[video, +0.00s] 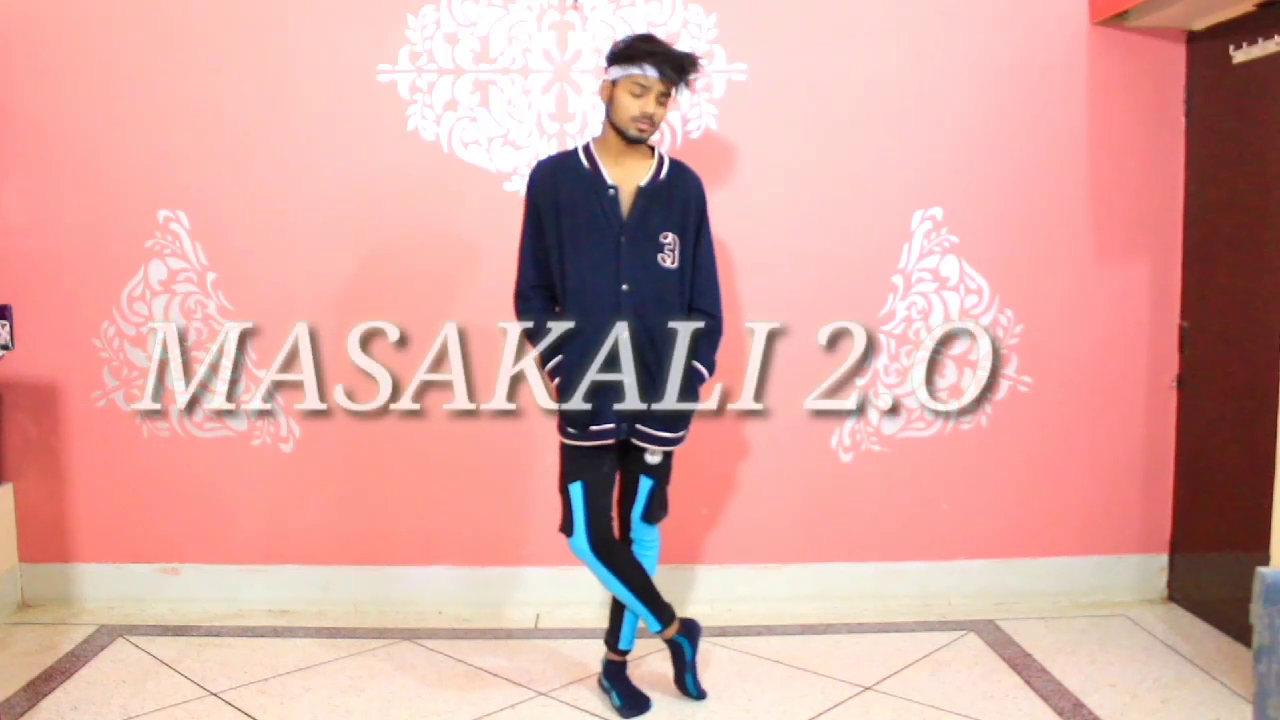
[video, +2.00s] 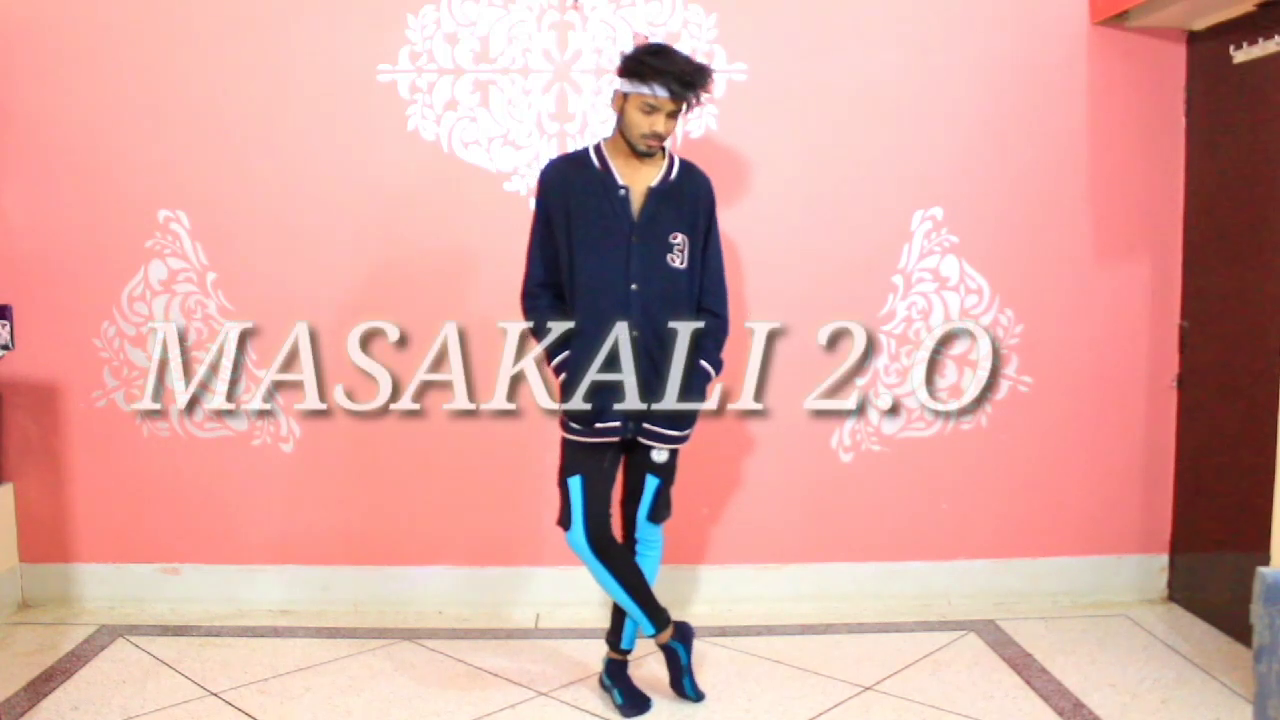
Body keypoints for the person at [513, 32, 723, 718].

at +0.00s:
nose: (651, 108)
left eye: (662, 98)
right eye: (638, 92)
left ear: (671, 105)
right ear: (607, 91)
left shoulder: (682, 184)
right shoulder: (555, 177)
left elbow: (704, 291)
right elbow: (532, 289)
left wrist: (699, 370)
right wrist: (557, 361)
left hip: (664, 384)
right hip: (587, 383)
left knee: (642, 525)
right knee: (587, 533)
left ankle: (616, 661)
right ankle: (675, 630)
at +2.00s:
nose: (662, 126)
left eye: (673, 113)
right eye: (650, 110)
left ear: (682, 115)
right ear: (619, 103)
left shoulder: (692, 186)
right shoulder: (565, 177)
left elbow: (712, 296)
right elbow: (540, 290)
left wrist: (703, 368)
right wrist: (566, 358)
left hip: (670, 388)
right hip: (593, 385)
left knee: (645, 526)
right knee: (583, 529)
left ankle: (617, 662)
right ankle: (669, 634)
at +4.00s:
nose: (590, 84)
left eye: (603, 75)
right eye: (576, 77)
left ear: (625, 91)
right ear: (560, 99)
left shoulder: (658, 170)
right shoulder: (536, 184)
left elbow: (657, 278)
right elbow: (538, 291)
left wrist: (601, 351)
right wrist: (600, 366)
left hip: (644, 369)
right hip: (572, 371)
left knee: (634, 513)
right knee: (564, 506)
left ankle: (618, 657)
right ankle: (573, 600)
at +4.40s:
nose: (564, 98)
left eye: (576, 88)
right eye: (551, 89)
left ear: (594, 103)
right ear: (532, 108)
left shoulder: (631, 175)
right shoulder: (513, 194)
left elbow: (660, 273)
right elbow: (503, 292)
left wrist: (674, 367)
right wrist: (495, 380)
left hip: (625, 364)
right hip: (556, 370)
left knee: (623, 497)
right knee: (571, 496)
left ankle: (611, 633)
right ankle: (587, 610)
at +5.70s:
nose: (595, 61)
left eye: (609, 50)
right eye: (580, 50)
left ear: (630, 66)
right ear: (560, 69)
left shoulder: (665, 165)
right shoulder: (522, 167)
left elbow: (716, 263)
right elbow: (489, 265)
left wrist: (702, 304)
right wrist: (473, 320)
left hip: (652, 382)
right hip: (563, 385)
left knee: (693, 525)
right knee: (568, 539)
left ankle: (630, 643)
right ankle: (579, 695)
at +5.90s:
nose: (606, 70)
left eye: (620, 58)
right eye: (591, 58)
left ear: (639, 73)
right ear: (571, 74)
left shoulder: (674, 168)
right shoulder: (532, 166)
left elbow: (732, 267)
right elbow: (454, 250)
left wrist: (712, 221)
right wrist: (521, 246)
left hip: (665, 392)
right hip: (571, 392)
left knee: (723, 534)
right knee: (563, 542)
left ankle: (743, 670)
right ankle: (511, 702)